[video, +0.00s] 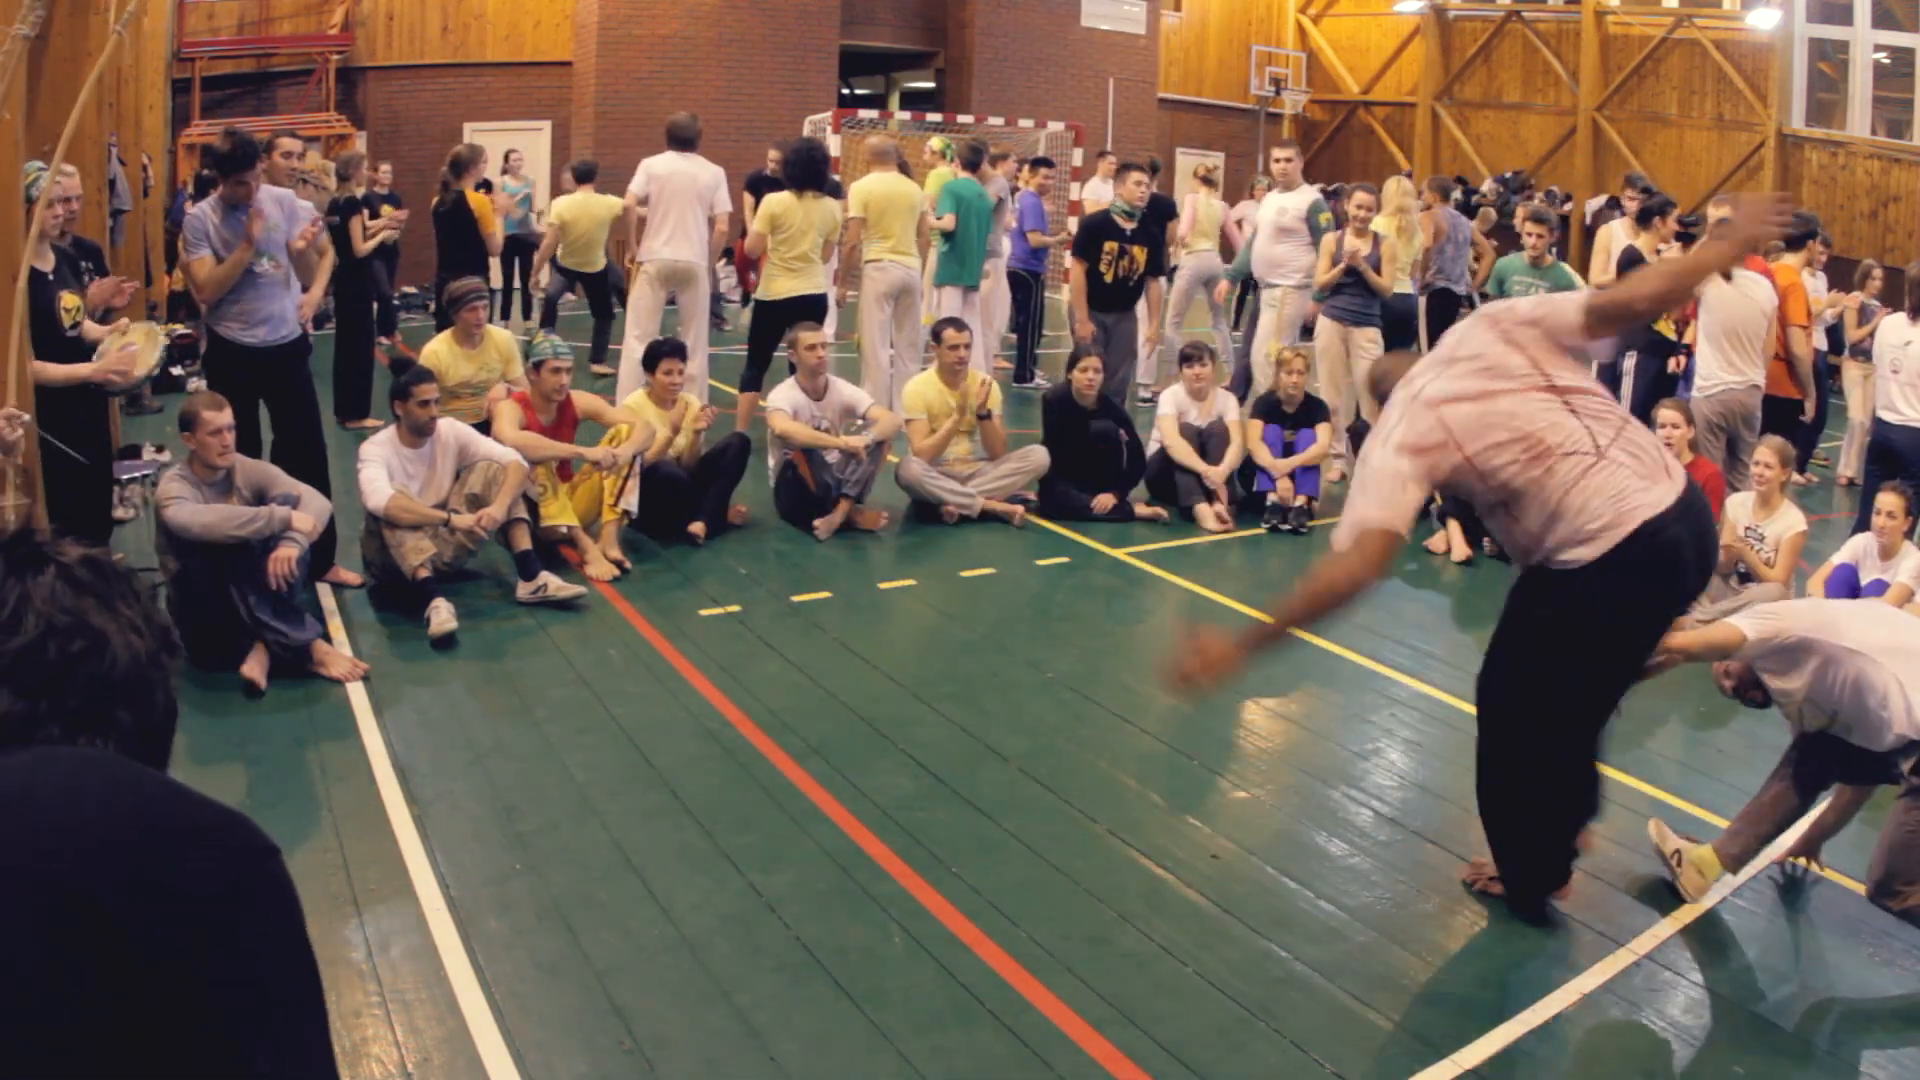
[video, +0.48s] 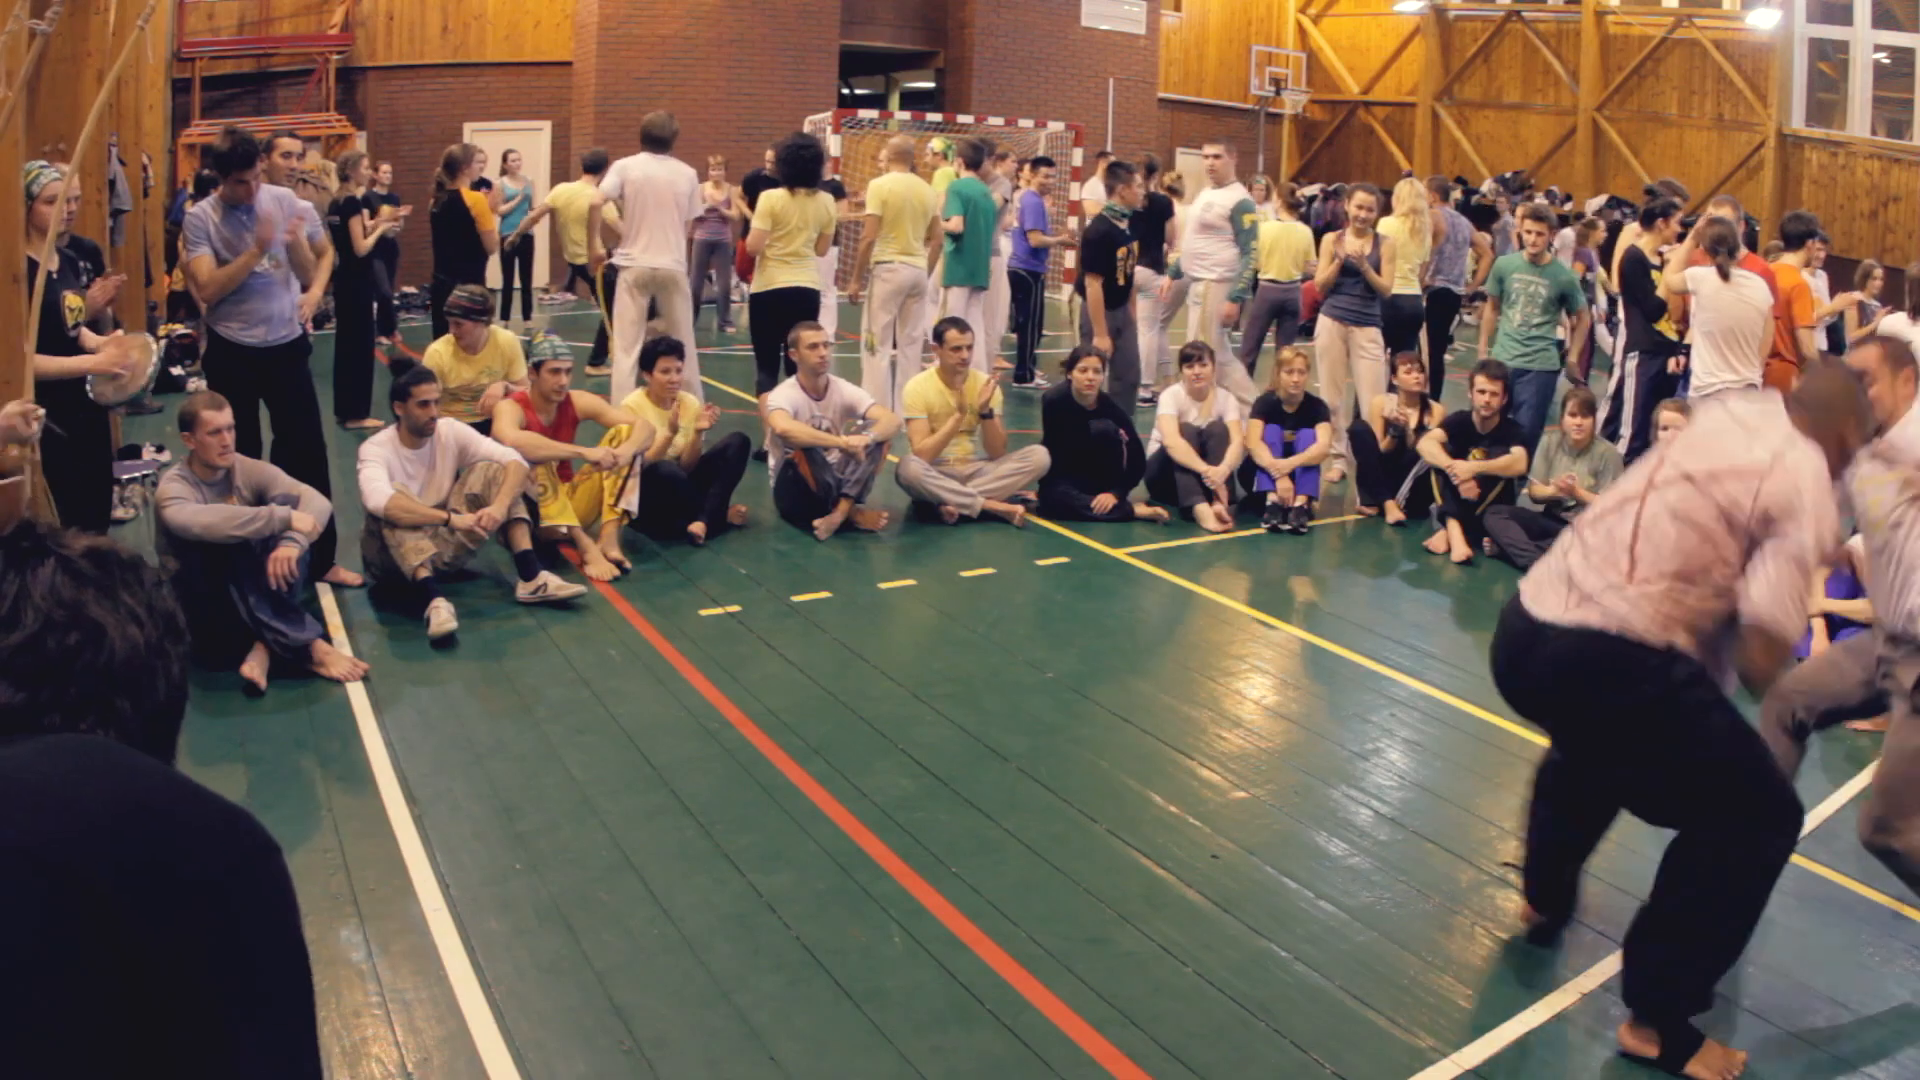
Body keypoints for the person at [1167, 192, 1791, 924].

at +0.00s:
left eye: (1370, 411)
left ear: (1378, 399)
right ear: (1421, 350)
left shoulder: (1401, 429)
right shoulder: (1498, 322)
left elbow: (1357, 567)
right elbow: (1623, 302)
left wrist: (1243, 645)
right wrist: (1723, 244)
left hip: (1598, 559)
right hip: (1681, 521)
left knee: (1511, 702)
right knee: (1574, 695)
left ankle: (1531, 882)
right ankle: (1559, 833)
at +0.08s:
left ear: (1439, 337)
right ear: (1495, 304)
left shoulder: (1431, 387)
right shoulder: (1570, 303)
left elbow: (1350, 464)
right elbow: (1689, 310)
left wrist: (1238, 500)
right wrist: (1817, 267)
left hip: (1565, 569)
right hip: (1680, 548)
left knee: (1528, 746)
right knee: (1658, 708)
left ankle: (1532, 897)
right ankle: (1616, 847)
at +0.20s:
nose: (1660, 301)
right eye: (1659, 293)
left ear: (1580, 287)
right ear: (1646, 287)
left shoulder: (1510, 332)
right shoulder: (1653, 305)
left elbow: (1386, 368)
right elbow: (1706, 352)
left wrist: (1336, 321)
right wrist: (1857, 374)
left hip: (1543, 575)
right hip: (1665, 579)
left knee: (1524, 732)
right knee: (1722, 757)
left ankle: (1527, 890)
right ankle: (1664, 916)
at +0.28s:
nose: (1749, 354)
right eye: (1750, 340)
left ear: (1655, 289)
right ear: (1725, 309)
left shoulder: (1573, 316)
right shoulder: (1720, 323)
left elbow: (1462, 343)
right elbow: (1695, 373)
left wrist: (1511, 323)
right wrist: (1828, 476)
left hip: (1531, 574)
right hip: (1649, 588)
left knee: (1524, 748)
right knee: (1745, 788)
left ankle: (1521, 896)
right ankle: (1700, 970)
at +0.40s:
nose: (1813, 386)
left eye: (1816, 374)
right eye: (1814, 373)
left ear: (1747, 332)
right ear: (1797, 357)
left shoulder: (1670, 346)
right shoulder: (1782, 405)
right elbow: (1717, 516)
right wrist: (1762, 562)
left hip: (1532, 598)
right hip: (1630, 626)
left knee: (1568, 717)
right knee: (1737, 821)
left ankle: (1497, 881)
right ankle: (1666, 1041)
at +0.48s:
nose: (1855, 457)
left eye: (1861, 445)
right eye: (1857, 442)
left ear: (1795, 399)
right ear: (1841, 431)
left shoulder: (1718, 417)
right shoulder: (1807, 480)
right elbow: (1762, 633)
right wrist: (1772, 688)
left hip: (1523, 636)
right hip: (1622, 667)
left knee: (1603, 740)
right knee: (1758, 816)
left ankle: (1544, 897)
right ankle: (1656, 1019)